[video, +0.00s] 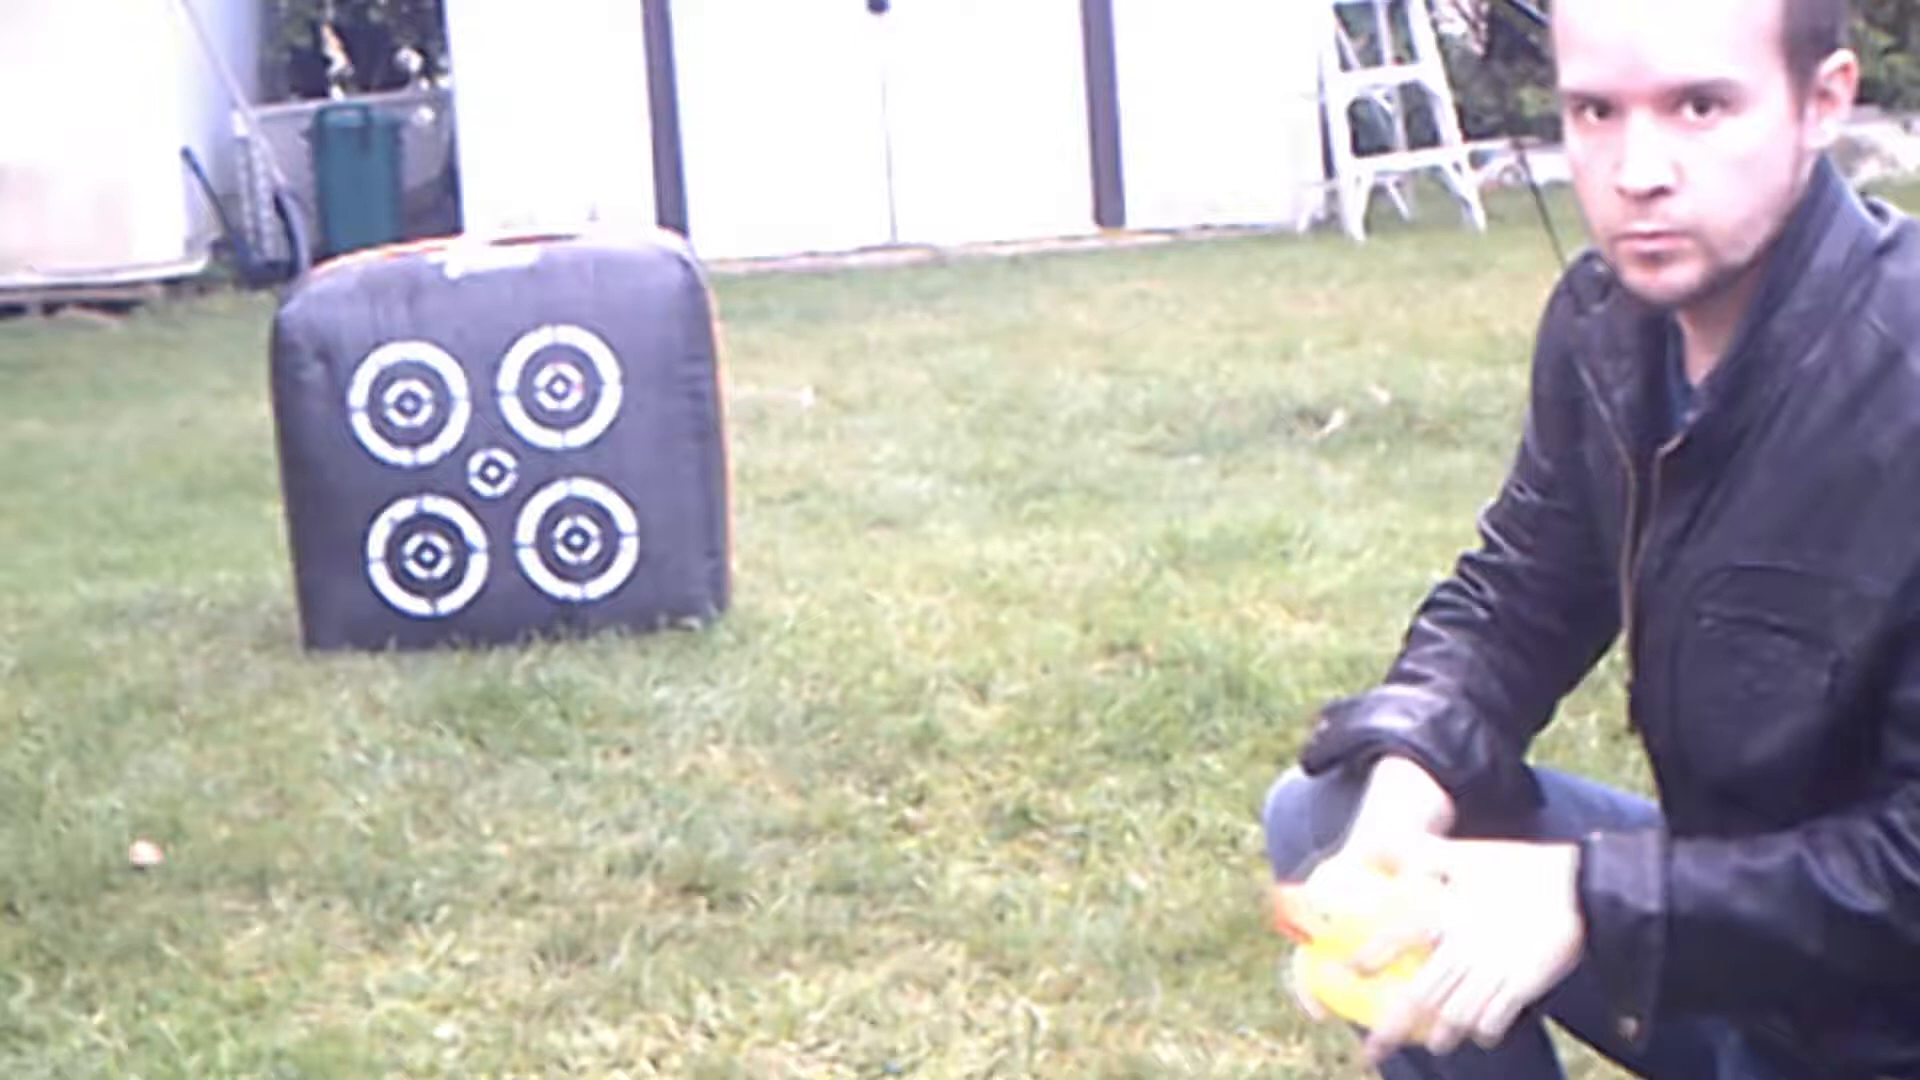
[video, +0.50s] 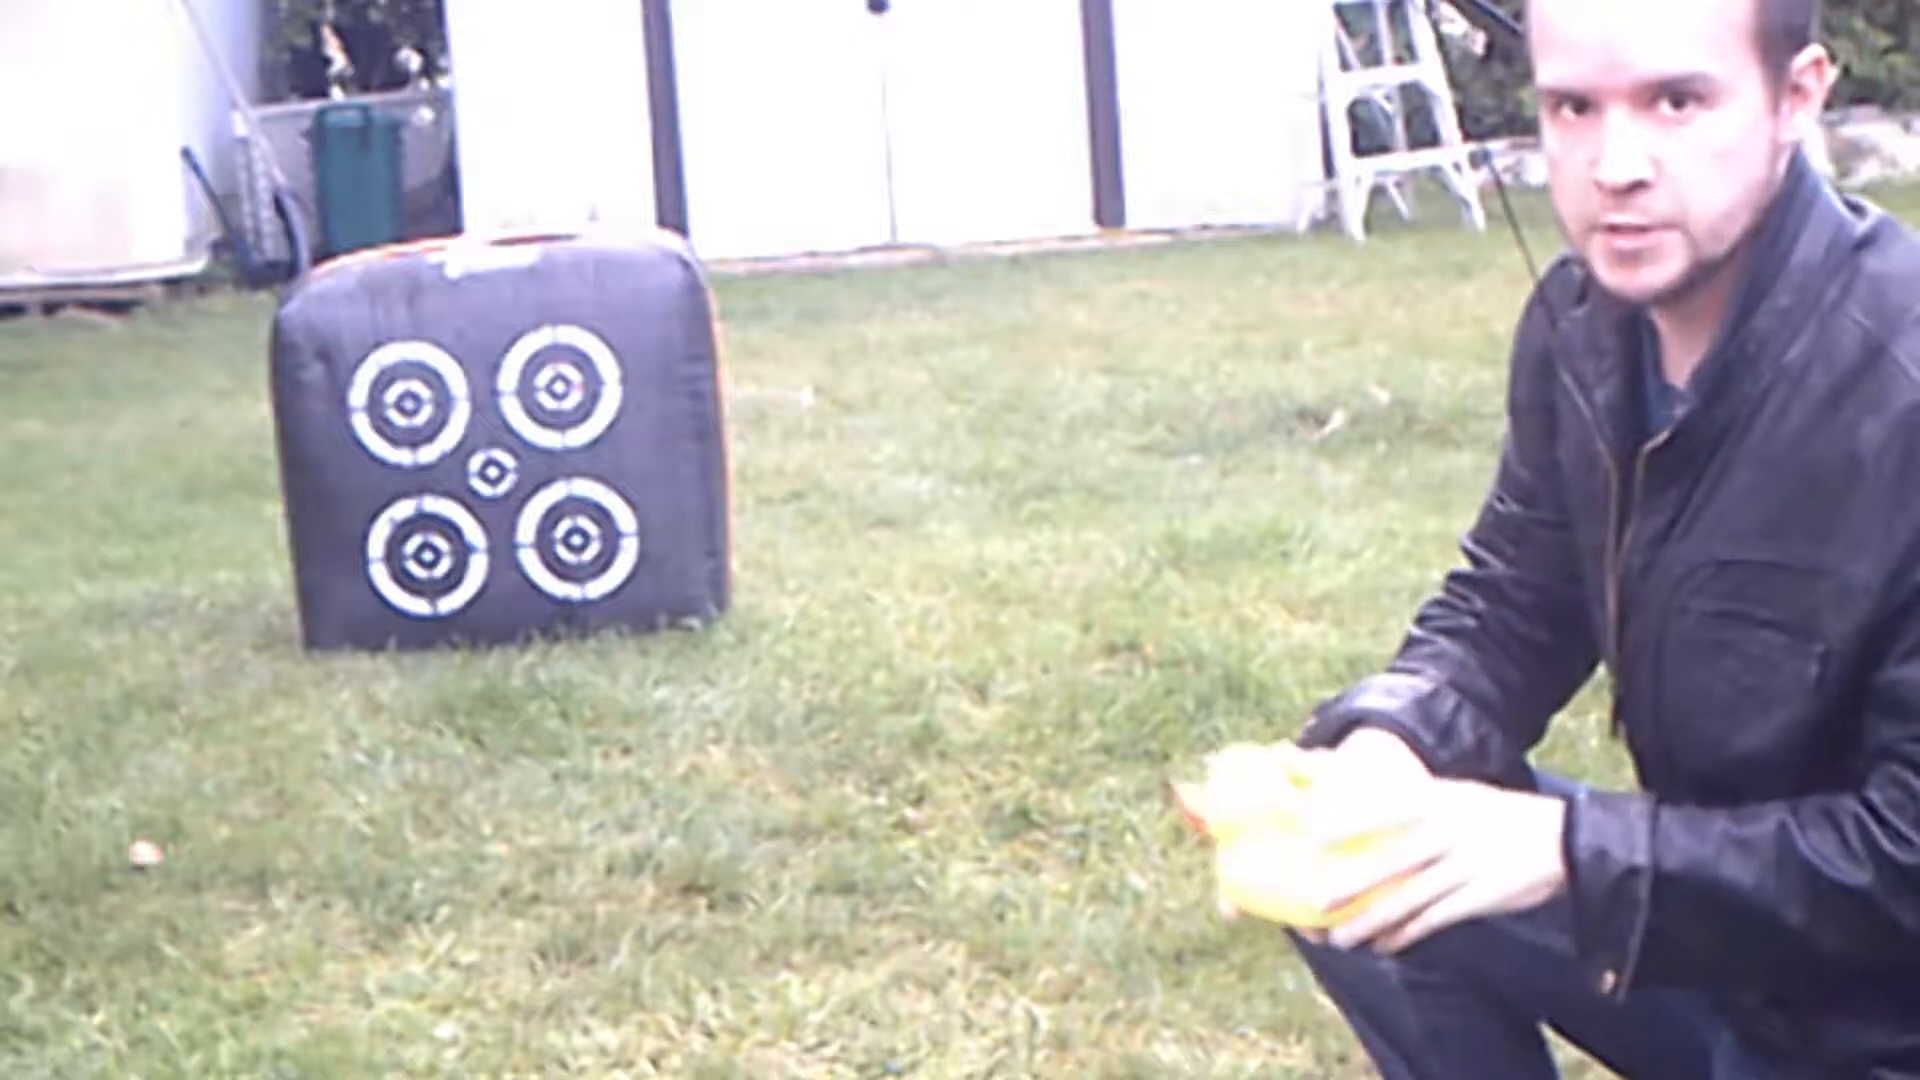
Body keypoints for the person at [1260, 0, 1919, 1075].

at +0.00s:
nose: (1638, 176)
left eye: (1701, 108)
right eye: (1596, 113)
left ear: (1825, 102)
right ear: (1561, 119)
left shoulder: (1899, 364)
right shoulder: (1603, 316)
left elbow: (1907, 858)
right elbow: (1520, 595)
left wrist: (1597, 896)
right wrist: (1412, 772)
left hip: (1878, 1022)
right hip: (1713, 926)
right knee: (1329, 815)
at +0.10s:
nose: (1636, 175)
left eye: (1699, 107)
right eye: (1593, 114)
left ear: (1822, 102)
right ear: (1558, 120)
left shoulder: (1898, 366)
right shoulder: (1601, 315)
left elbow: (1906, 859)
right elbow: (1519, 596)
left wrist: (1585, 893)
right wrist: (1407, 775)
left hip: (1876, 1021)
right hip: (1712, 927)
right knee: (1330, 810)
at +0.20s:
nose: (1628, 174)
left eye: (1691, 106)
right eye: (1584, 113)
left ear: (1812, 101)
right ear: (1549, 118)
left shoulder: (1899, 368)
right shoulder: (1592, 315)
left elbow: (1901, 858)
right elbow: (1512, 601)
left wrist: (1567, 881)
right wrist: (1400, 766)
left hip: (1875, 1030)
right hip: (1716, 938)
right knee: (1332, 807)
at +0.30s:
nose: (1622, 174)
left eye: (1684, 105)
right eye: (1578, 113)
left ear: (1805, 100)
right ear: (1543, 118)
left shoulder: (1902, 372)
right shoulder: (1584, 315)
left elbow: (1903, 853)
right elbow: (1509, 605)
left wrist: (1561, 864)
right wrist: (1393, 759)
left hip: (1877, 1034)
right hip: (1718, 951)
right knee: (1338, 805)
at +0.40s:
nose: (1616, 170)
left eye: (1678, 103)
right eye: (1574, 110)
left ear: (1801, 99)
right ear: (1538, 117)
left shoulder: (1899, 369)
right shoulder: (1579, 318)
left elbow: (1904, 846)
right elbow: (1508, 608)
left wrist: (1568, 858)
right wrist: (1384, 754)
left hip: (1877, 1032)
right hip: (1714, 959)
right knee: (1369, 845)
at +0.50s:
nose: (1614, 168)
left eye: (1675, 101)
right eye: (1572, 109)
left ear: (1798, 98)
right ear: (1536, 116)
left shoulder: (1901, 367)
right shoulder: (1578, 318)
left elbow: (1906, 846)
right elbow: (1512, 608)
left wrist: (1574, 847)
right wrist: (1387, 745)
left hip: (1879, 1032)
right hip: (1714, 967)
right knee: (1354, 869)